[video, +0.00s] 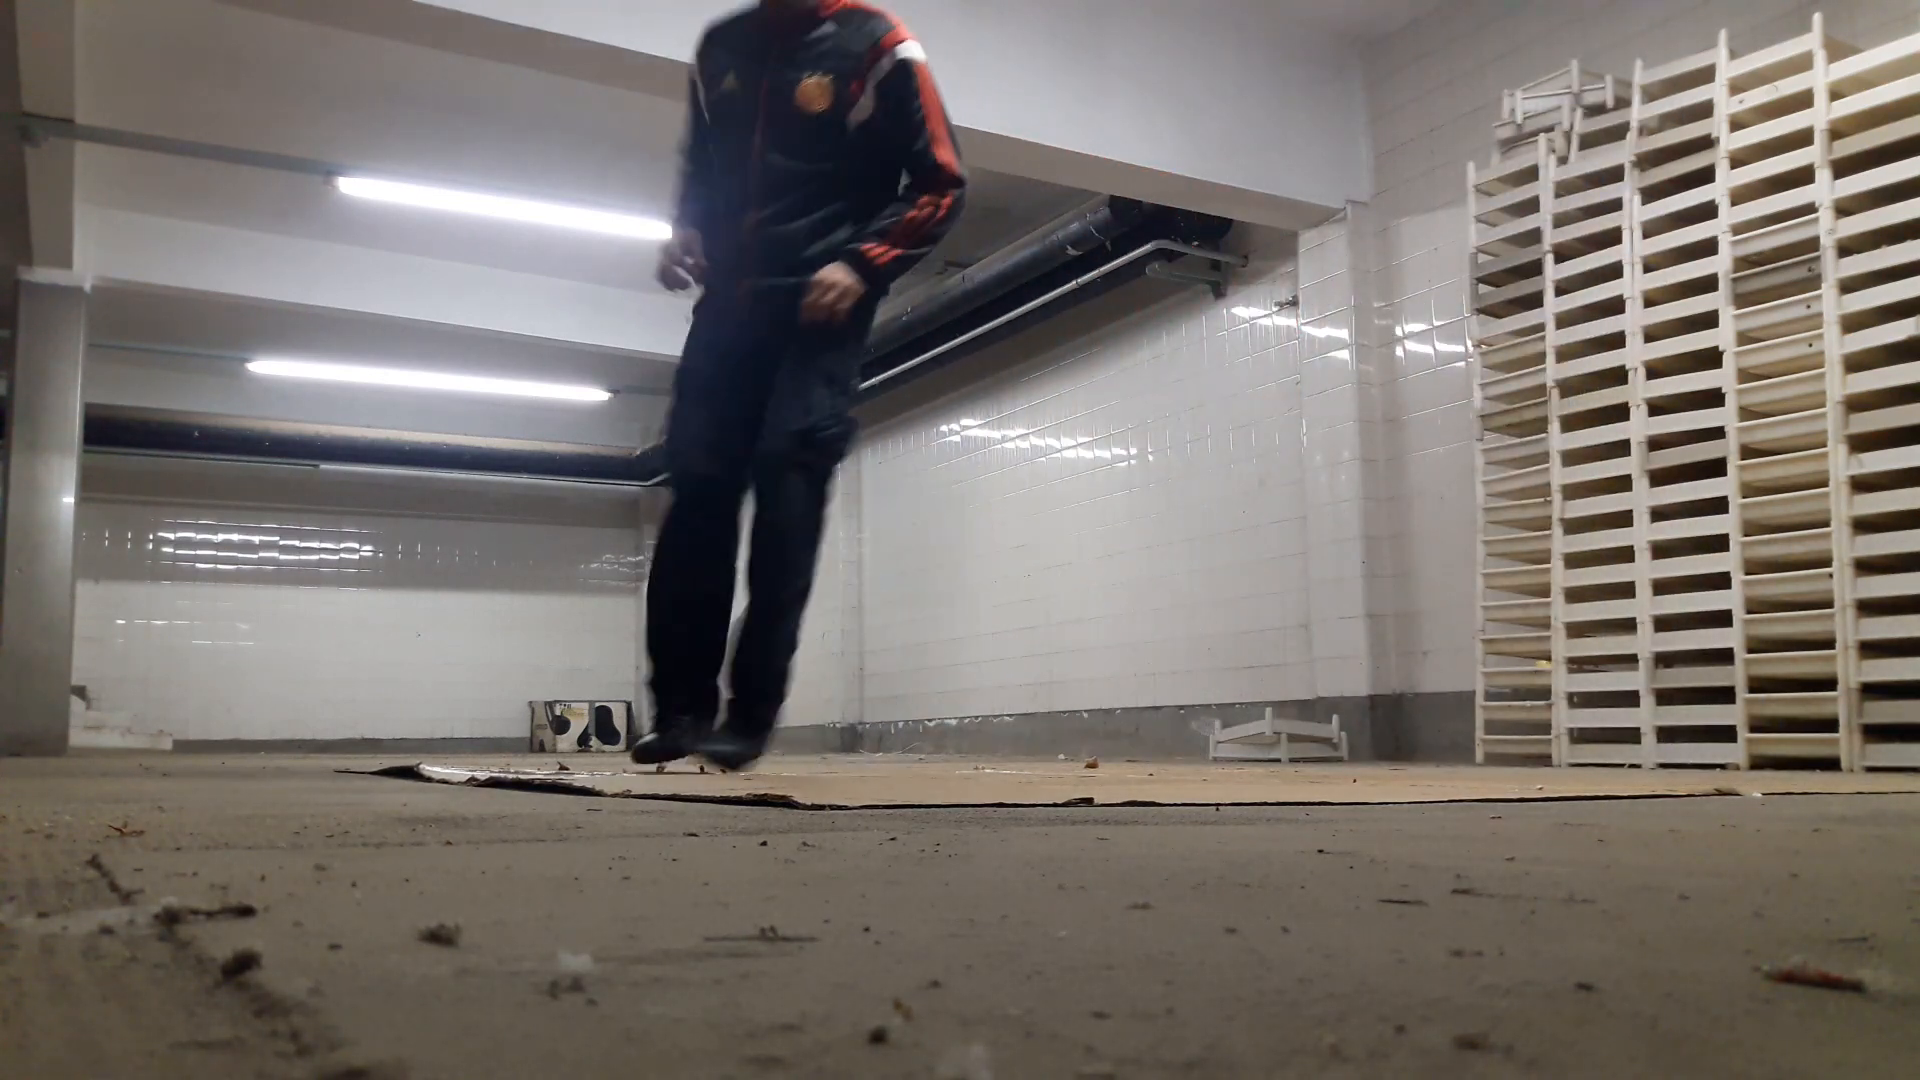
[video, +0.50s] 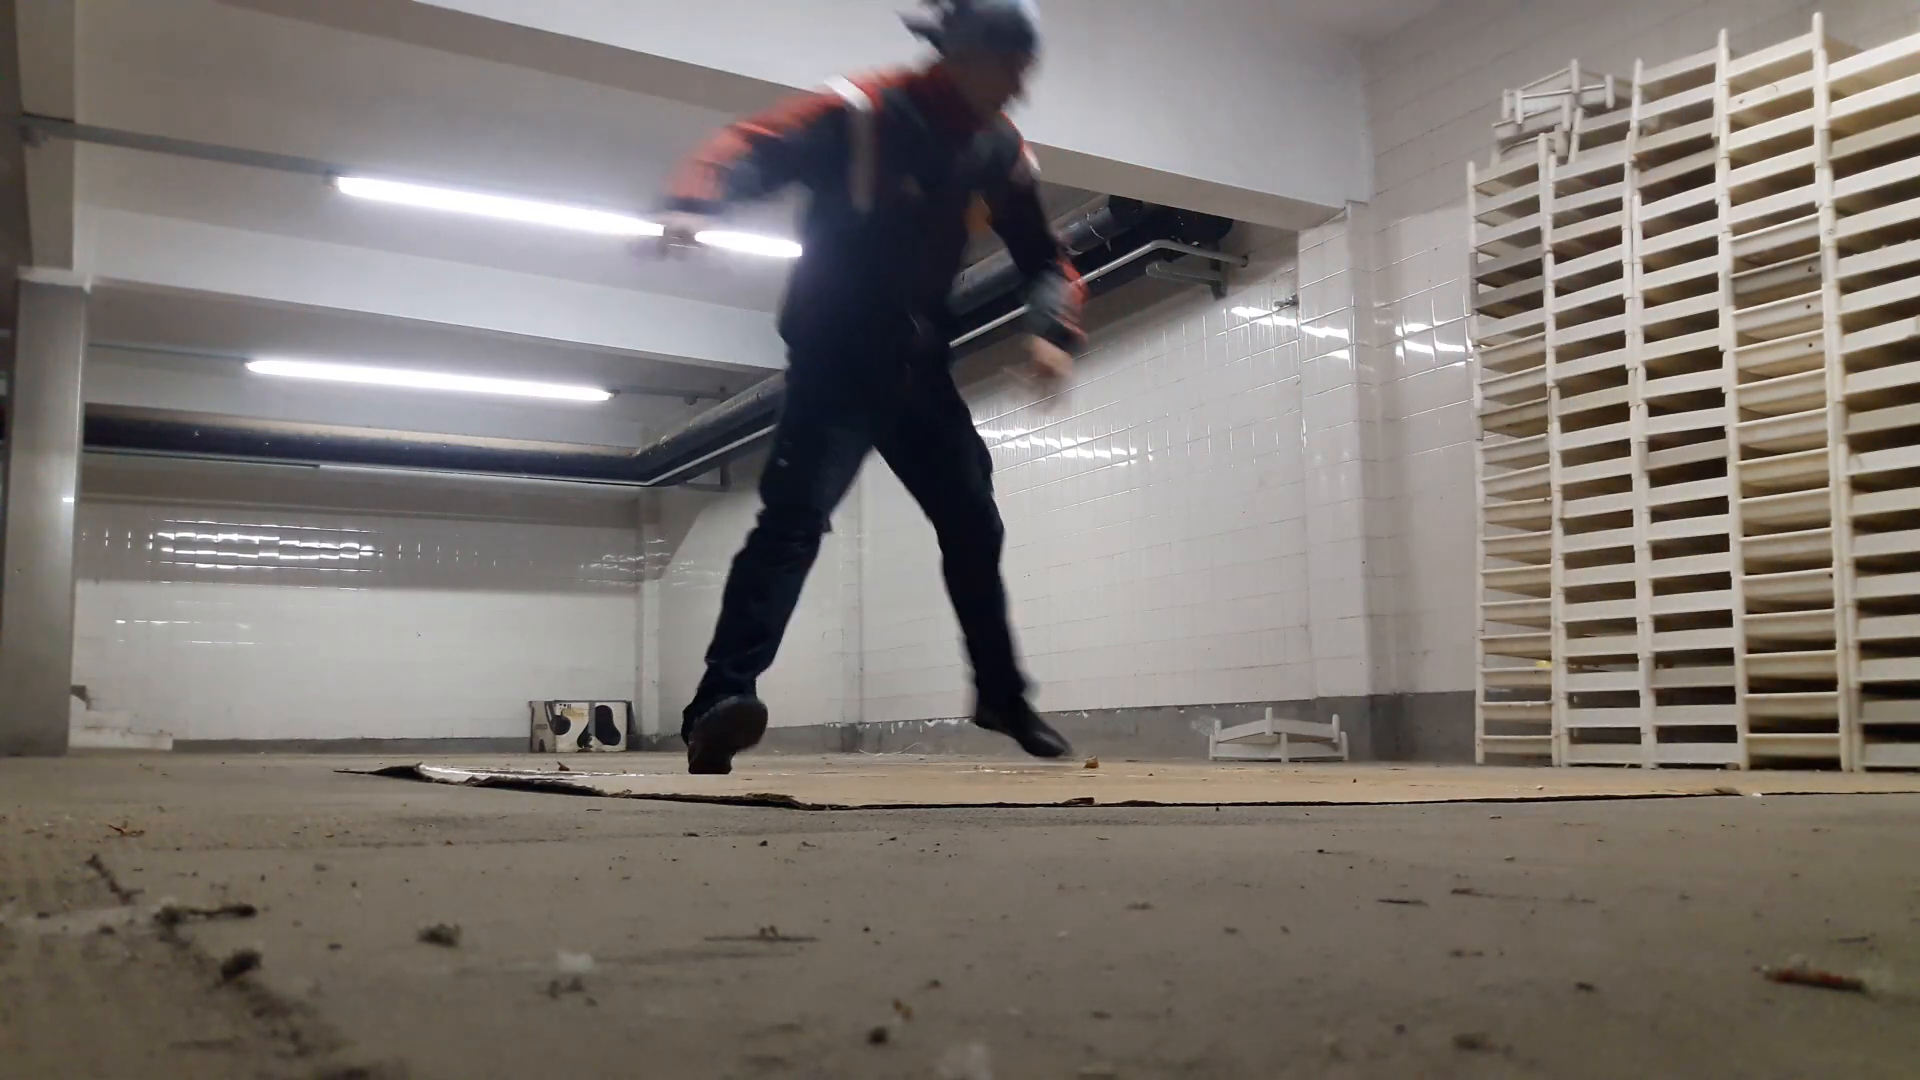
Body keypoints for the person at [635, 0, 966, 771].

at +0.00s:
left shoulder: (878, 44)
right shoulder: (721, 44)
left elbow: (941, 185)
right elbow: (702, 161)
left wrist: (864, 266)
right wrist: (690, 229)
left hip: (823, 313)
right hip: (729, 304)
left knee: (787, 497)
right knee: (699, 497)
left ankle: (748, 722)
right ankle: (682, 714)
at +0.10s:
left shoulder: (891, 57)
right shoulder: (719, 42)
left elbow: (945, 197)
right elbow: (665, 154)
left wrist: (895, 276)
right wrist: (641, 248)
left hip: (841, 315)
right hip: (738, 306)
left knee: (840, 465)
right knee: (725, 491)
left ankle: (792, 661)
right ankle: (699, 722)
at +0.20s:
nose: (858, 11)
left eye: (864, 1)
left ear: (871, 9)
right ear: (798, 4)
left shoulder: (898, 102)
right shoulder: (726, 86)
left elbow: (945, 237)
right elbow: (634, 206)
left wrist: (917, 308)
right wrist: (576, 319)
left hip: (859, 358)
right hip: (756, 349)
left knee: (905, 512)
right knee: (740, 508)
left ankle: (814, 593)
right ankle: (709, 729)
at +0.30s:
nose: (904, 23)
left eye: (910, 10)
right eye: (887, 7)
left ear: (912, 18)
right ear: (835, 6)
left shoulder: (918, 109)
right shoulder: (756, 86)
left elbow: (962, 237)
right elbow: (648, 189)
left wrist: (941, 312)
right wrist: (566, 293)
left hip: (879, 357)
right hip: (783, 354)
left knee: (947, 507)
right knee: (764, 515)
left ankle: (848, 612)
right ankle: (713, 725)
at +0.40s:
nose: (963, 36)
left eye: (967, 22)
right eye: (951, 17)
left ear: (956, 24)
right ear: (898, 9)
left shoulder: (955, 115)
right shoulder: (801, 78)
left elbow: (1002, 233)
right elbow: (686, 148)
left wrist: (982, 304)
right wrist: (606, 229)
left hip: (904, 351)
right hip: (809, 345)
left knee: (968, 495)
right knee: (777, 507)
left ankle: (918, 660)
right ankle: (720, 705)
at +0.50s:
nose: (1014, 86)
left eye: (1022, 72)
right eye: (1005, 67)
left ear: (1016, 70)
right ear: (960, 52)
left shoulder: (1001, 153)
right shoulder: (865, 110)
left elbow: (1047, 263)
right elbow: (752, 145)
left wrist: (1053, 334)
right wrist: (691, 203)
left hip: (918, 366)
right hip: (835, 356)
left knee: (971, 521)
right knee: (792, 522)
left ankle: (1000, 697)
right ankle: (719, 703)